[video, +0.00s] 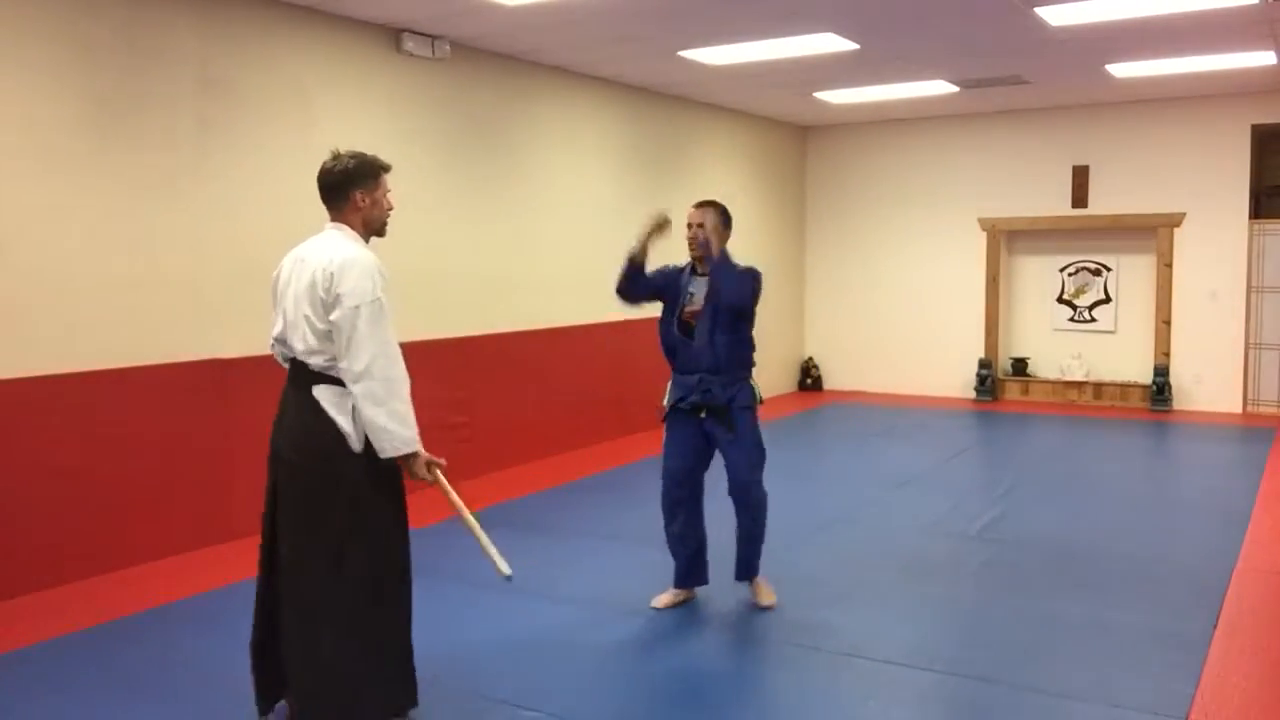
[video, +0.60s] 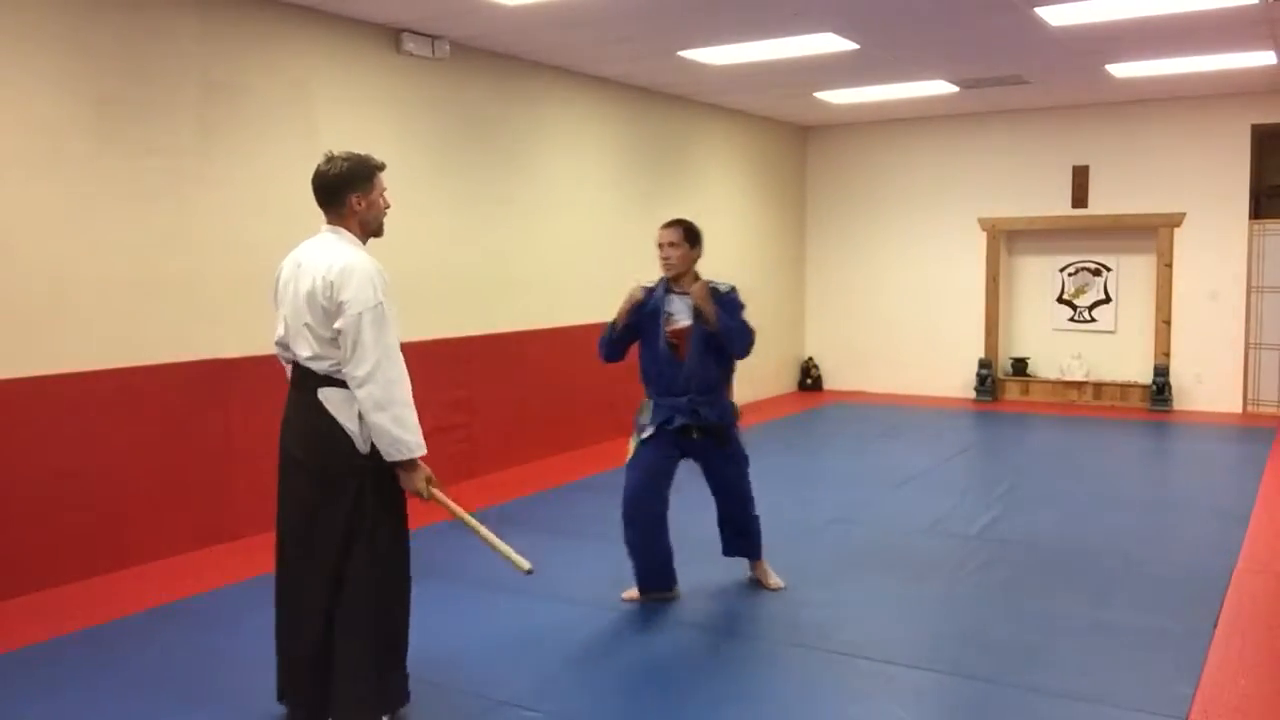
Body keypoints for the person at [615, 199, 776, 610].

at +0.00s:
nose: (692, 233)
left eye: (702, 227)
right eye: (689, 226)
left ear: (723, 234)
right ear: (685, 234)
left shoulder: (744, 278)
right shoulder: (675, 278)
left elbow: (736, 300)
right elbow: (629, 291)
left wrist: (717, 253)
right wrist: (640, 250)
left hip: (733, 405)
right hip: (686, 406)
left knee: (748, 487)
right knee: (677, 491)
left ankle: (752, 576)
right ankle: (685, 583)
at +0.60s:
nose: (665, 254)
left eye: (673, 246)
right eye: (661, 247)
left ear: (694, 251)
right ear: (657, 253)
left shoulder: (722, 298)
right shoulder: (648, 300)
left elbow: (742, 347)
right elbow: (610, 353)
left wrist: (710, 309)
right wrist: (623, 317)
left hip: (712, 419)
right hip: (662, 422)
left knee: (737, 492)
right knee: (640, 497)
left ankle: (757, 562)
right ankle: (656, 584)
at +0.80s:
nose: (617, 253)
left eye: (625, 245)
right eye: (612, 246)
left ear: (646, 250)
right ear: (608, 252)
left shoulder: (673, 296)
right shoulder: (604, 301)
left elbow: (683, 346)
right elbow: (579, 359)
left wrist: (643, 306)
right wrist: (587, 334)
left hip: (669, 419)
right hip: (622, 420)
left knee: (668, 502)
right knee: (621, 513)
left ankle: (702, 564)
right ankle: (656, 588)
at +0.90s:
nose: (590, 250)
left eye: (599, 243)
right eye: (587, 243)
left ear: (622, 248)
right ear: (585, 248)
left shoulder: (645, 289)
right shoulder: (591, 301)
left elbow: (626, 306)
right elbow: (571, 358)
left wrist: (579, 273)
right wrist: (569, 340)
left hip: (646, 410)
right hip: (608, 411)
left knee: (617, 498)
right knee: (622, 500)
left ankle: (621, 601)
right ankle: (658, 583)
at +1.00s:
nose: (561, 253)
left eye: (573, 245)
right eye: (559, 245)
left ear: (600, 251)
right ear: (562, 250)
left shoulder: (607, 285)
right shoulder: (580, 302)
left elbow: (551, 266)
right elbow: (572, 367)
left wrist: (497, 230)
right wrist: (547, 345)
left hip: (618, 419)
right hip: (595, 417)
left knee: (572, 515)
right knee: (616, 507)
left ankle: (544, 629)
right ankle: (664, 579)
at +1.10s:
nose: (540, 259)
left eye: (551, 251)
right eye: (541, 251)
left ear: (580, 258)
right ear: (577, 262)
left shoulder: (568, 291)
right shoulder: (598, 298)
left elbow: (513, 274)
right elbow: (571, 358)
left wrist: (454, 230)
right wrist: (532, 343)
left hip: (576, 432)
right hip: (607, 429)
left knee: (526, 524)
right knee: (592, 502)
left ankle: (521, 649)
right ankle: (649, 573)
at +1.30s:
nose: (495, 248)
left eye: (505, 241)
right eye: (497, 240)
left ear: (533, 250)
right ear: (542, 255)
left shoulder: (507, 290)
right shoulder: (579, 292)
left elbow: (450, 316)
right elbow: (603, 358)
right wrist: (579, 407)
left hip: (557, 432)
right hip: (602, 428)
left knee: (514, 532)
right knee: (576, 513)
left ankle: (521, 650)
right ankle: (602, 609)